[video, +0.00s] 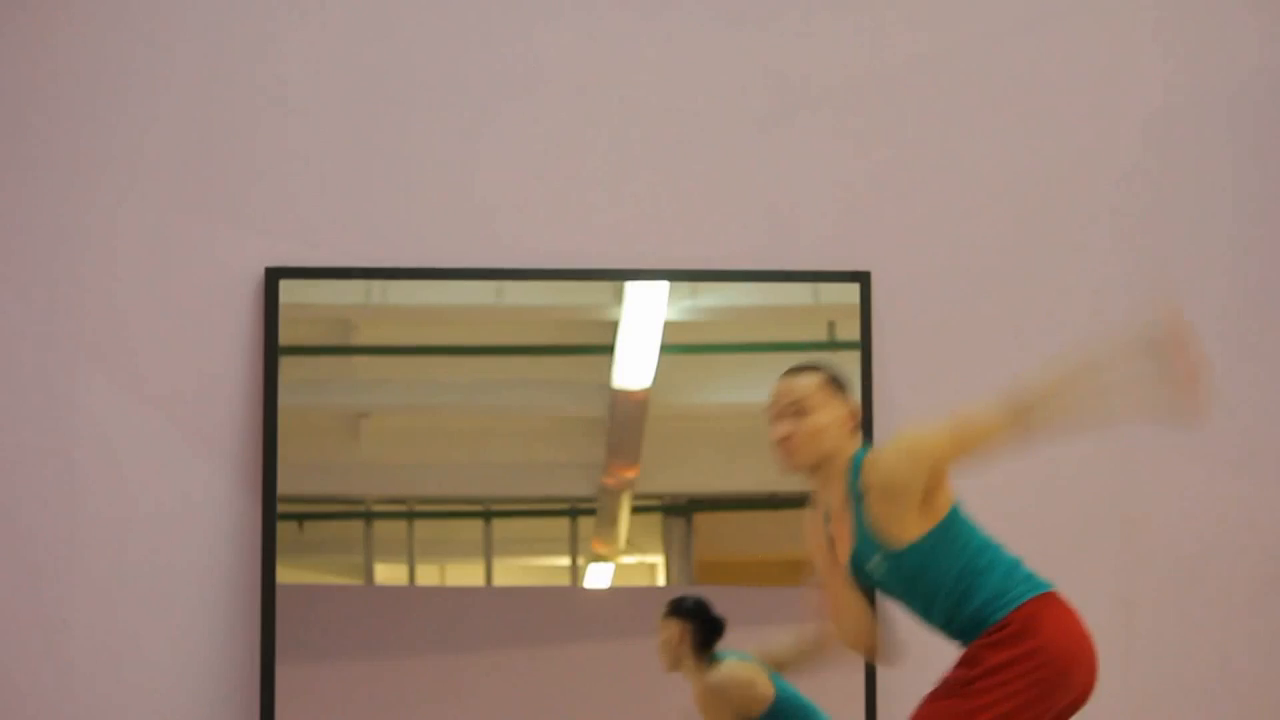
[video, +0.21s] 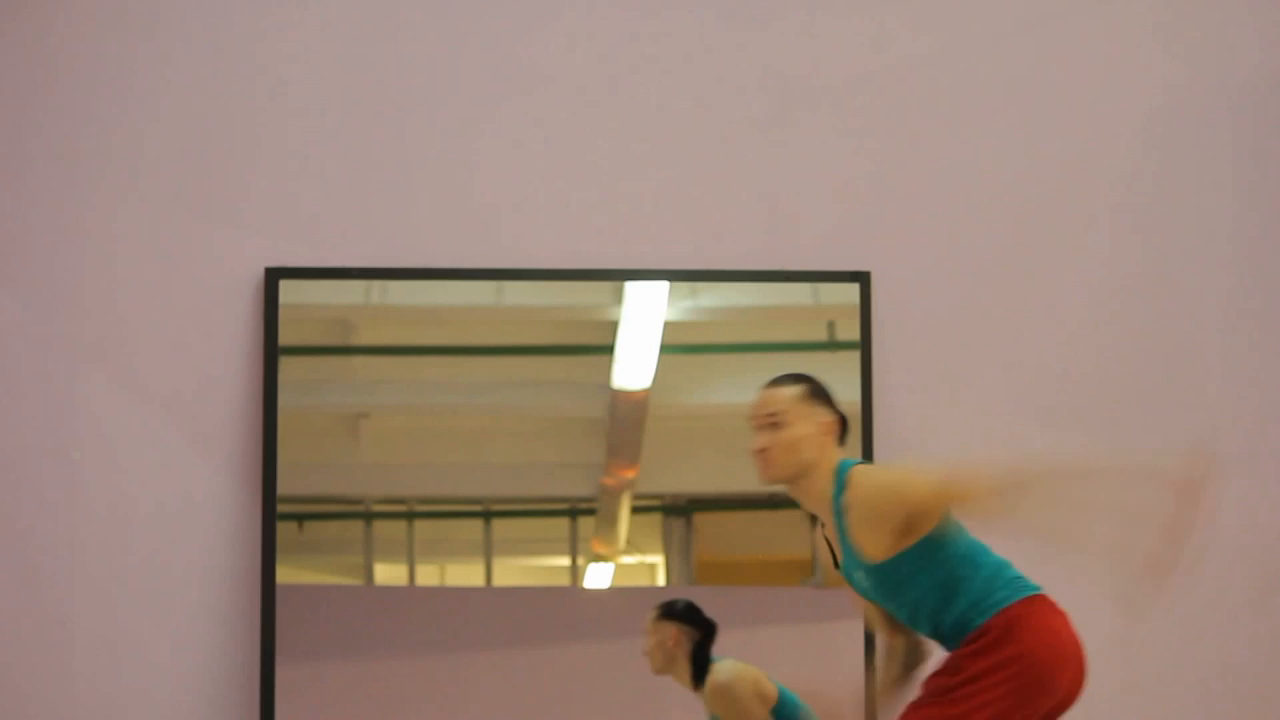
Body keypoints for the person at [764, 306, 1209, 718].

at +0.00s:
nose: (780, 429)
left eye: (798, 411)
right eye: (774, 419)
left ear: (848, 415)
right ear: (770, 436)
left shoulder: (892, 468)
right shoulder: (828, 525)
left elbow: (1015, 412)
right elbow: (868, 644)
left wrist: (1147, 363)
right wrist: (826, 565)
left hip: (1035, 642)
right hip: (1005, 652)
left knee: (933, 713)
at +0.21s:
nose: (756, 440)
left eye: (772, 424)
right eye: (753, 431)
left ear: (829, 428)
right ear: (753, 444)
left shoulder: (872, 491)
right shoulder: (834, 538)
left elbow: (1009, 482)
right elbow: (903, 648)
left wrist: (1154, 479)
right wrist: (872, 709)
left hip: (1022, 645)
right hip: (995, 657)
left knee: (919, 715)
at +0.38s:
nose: (739, 444)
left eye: (752, 426)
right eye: (740, 430)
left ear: (808, 422)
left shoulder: (857, 497)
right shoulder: (840, 508)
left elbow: (936, 612)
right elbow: (921, 620)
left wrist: (914, 697)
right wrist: (913, 697)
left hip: (1010, 650)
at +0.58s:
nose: (736, 439)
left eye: (743, 419)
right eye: (736, 423)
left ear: (789, 414)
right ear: (792, 416)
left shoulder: (844, 484)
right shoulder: (848, 478)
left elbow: (833, 621)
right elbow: (831, 620)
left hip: (992, 646)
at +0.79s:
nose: (741, 430)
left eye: (743, 413)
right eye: (738, 415)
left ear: (774, 407)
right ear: (810, 402)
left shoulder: (823, 477)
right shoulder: (873, 444)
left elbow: (770, 573)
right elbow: (960, 472)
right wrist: (946, 563)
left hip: (978, 642)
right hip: (1012, 632)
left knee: (883, 710)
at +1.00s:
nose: (749, 414)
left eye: (743, 398)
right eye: (742, 400)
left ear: (759, 389)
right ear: (807, 373)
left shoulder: (798, 463)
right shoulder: (887, 418)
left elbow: (693, 520)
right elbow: (957, 382)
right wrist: (920, 332)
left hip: (962, 629)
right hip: (1008, 616)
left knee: (876, 708)